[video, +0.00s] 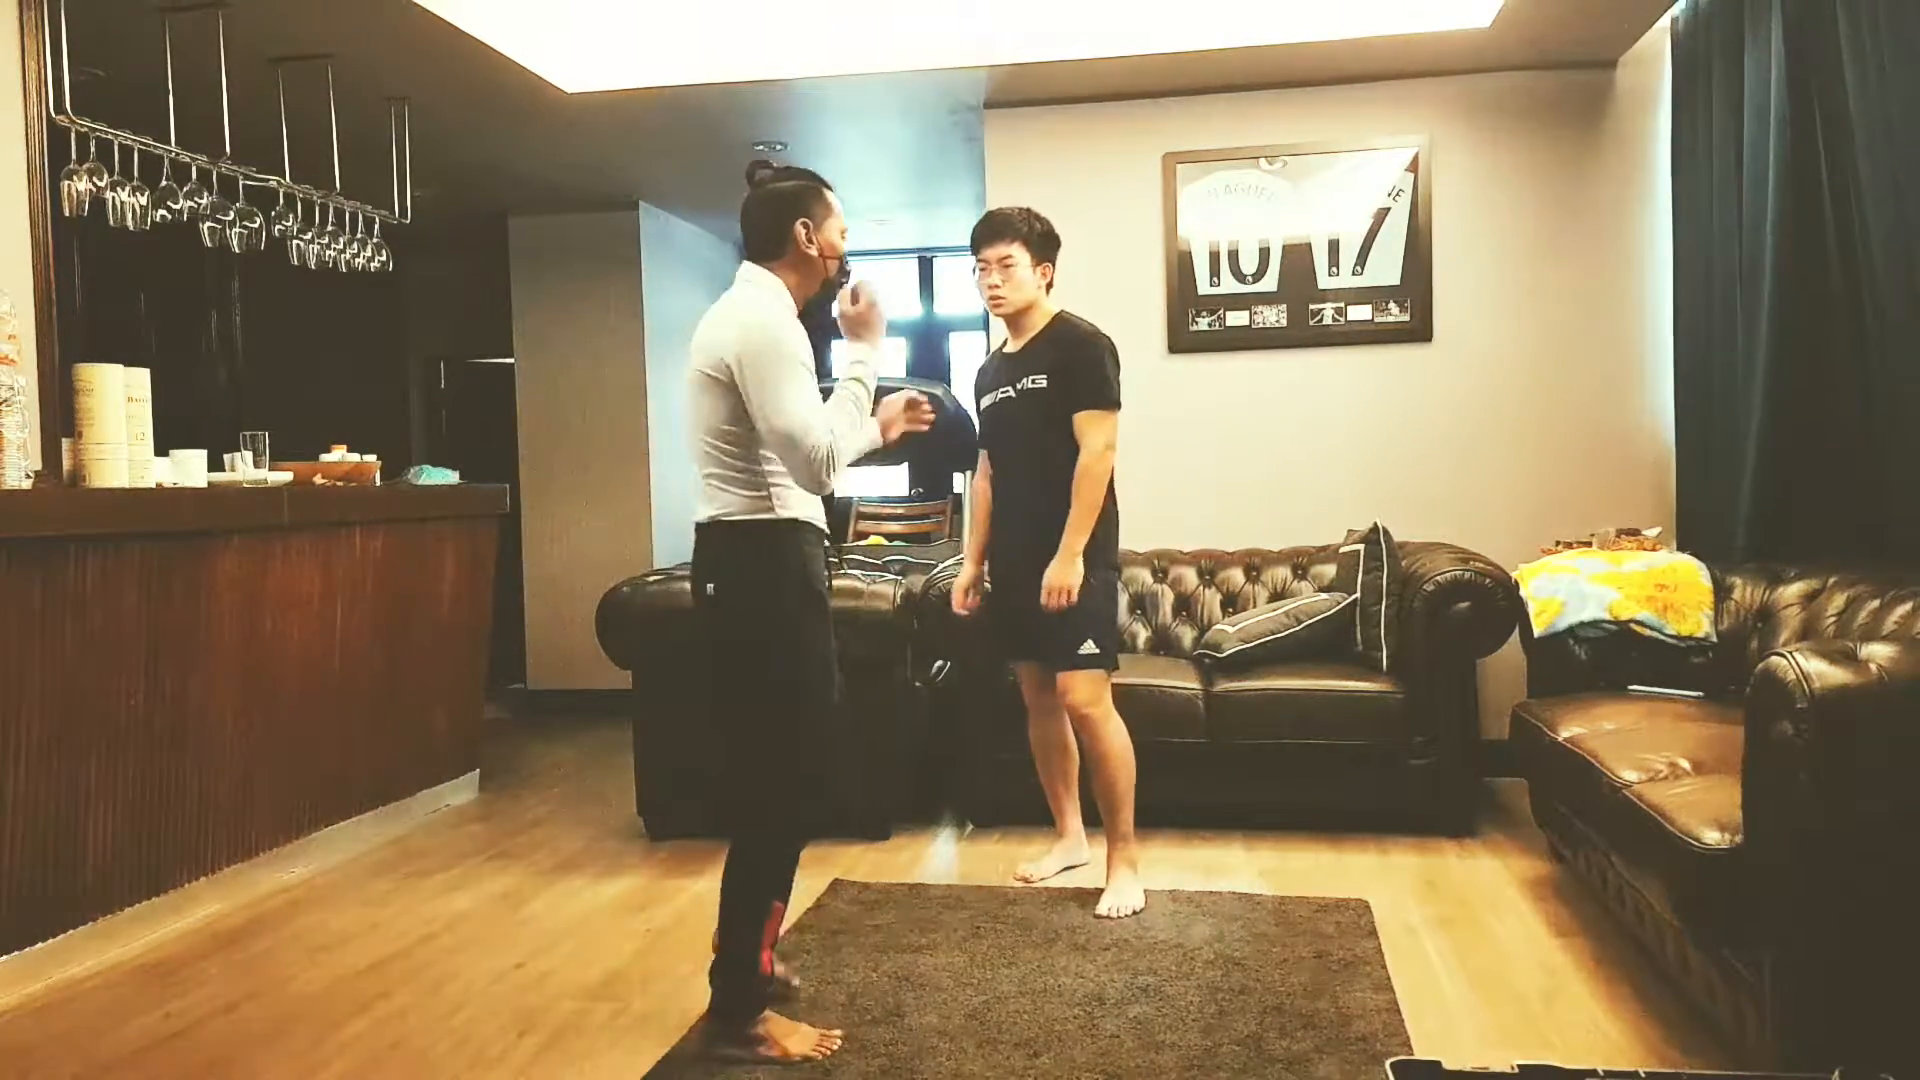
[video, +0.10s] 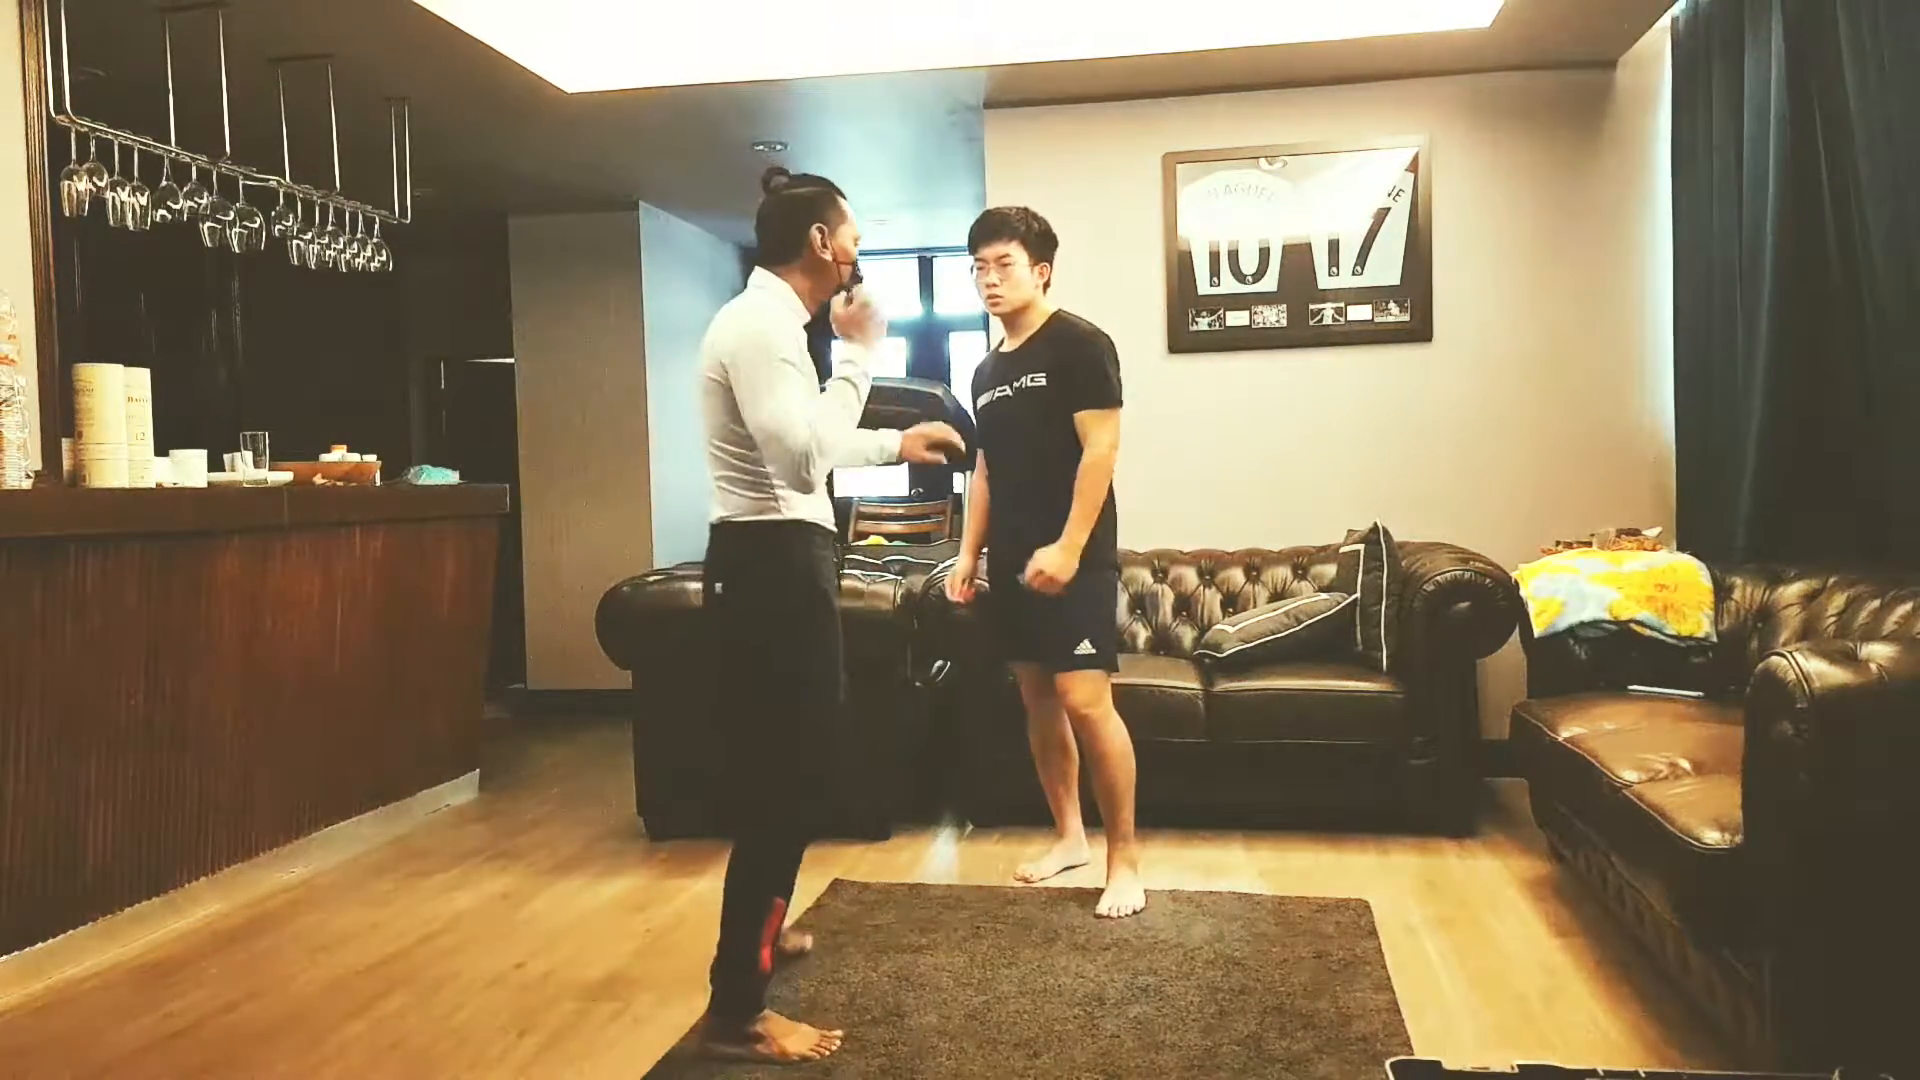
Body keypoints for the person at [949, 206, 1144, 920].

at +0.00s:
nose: (991, 280)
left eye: (1006, 266)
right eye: (983, 269)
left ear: (1046, 269)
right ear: (979, 278)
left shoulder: (1082, 345)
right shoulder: (990, 370)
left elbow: (1097, 455)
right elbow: (989, 469)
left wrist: (1070, 555)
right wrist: (973, 557)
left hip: (1077, 551)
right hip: (1016, 553)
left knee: (1085, 699)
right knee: (1040, 697)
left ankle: (1123, 861)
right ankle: (1071, 841)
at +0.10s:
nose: (989, 279)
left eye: (1004, 265)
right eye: (981, 268)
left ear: (1043, 268)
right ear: (976, 276)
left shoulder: (1081, 345)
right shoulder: (987, 369)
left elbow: (1101, 452)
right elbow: (984, 471)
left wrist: (1069, 547)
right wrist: (970, 552)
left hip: (1075, 551)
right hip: (1013, 553)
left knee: (1085, 701)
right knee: (1038, 697)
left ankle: (1123, 858)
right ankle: (1071, 841)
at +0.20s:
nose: (988, 278)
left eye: (1002, 264)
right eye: (979, 267)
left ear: (1041, 269)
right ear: (974, 276)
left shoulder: (1084, 346)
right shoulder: (985, 372)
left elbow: (1113, 447)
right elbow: (986, 467)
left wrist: (1062, 502)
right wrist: (969, 542)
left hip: (1076, 555)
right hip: (1012, 556)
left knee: (1084, 701)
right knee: (1038, 699)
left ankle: (1123, 859)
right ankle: (1070, 842)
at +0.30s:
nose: (987, 277)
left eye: (1002, 263)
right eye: (979, 266)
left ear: (1041, 267)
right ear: (975, 275)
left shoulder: (1087, 346)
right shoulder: (983, 370)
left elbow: (1111, 440)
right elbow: (985, 457)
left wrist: (1070, 419)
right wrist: (970, 514)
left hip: (1078, 553)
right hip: (1012, 554)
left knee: (1082, 699)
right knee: (1036, 694)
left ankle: (1124, 858)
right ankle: (1069, 842)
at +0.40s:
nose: (987, 275)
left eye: (1002, 261)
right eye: (980, 263)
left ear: (1043, 265)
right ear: (977, 273)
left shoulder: (1082, 340)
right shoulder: (984, 366)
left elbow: (1077, 429)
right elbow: (976, 453)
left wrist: (1070, 331)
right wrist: (972, 463)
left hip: (1075, 542)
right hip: (1013, 546)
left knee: (1076, 696)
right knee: (1037, 696)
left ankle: (1123, 853)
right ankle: (1069, 841)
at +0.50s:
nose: (983, 273)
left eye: (995, 259)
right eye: (980, 261)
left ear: (1041, 262)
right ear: (1002, 269)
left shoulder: (1083, 327)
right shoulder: (1000, 349)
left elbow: (1059, 381)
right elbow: (955, 447)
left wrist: (997, 301)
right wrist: (945, 394)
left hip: (1078, 537)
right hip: (1020, 537)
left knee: (1069, 696)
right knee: (1035, 694)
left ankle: (1126, 847)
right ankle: (1070, 838)